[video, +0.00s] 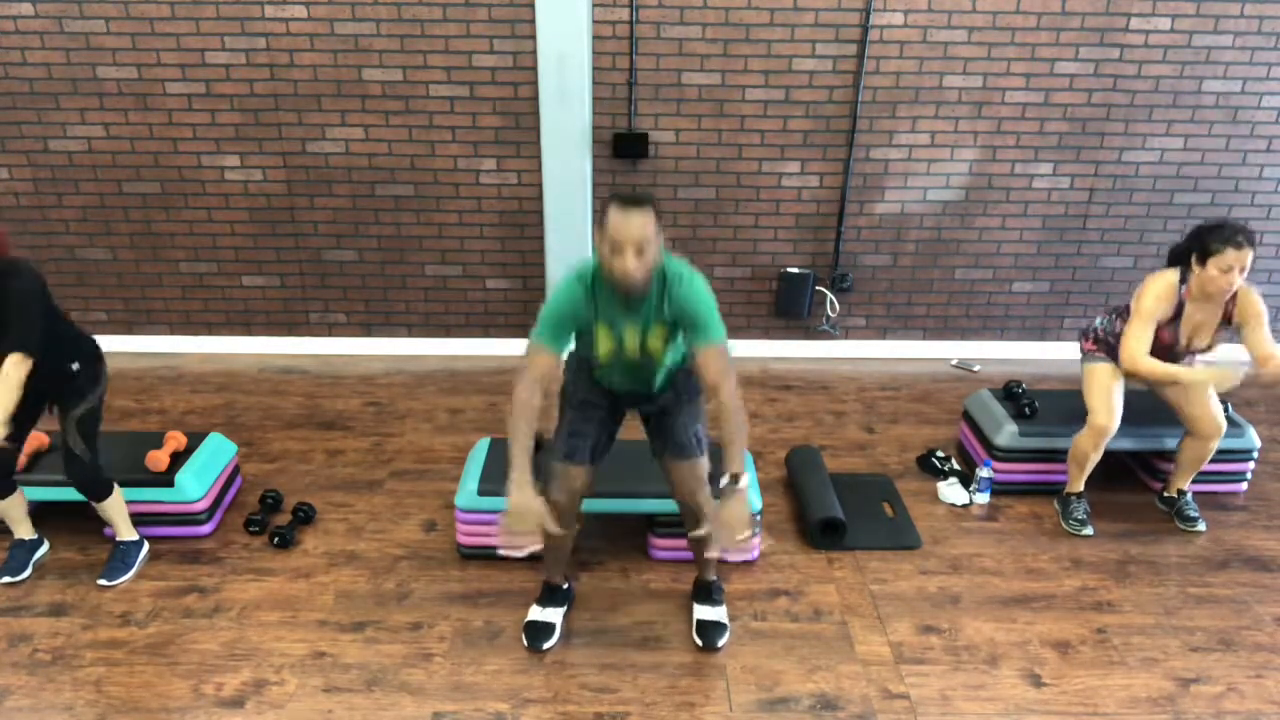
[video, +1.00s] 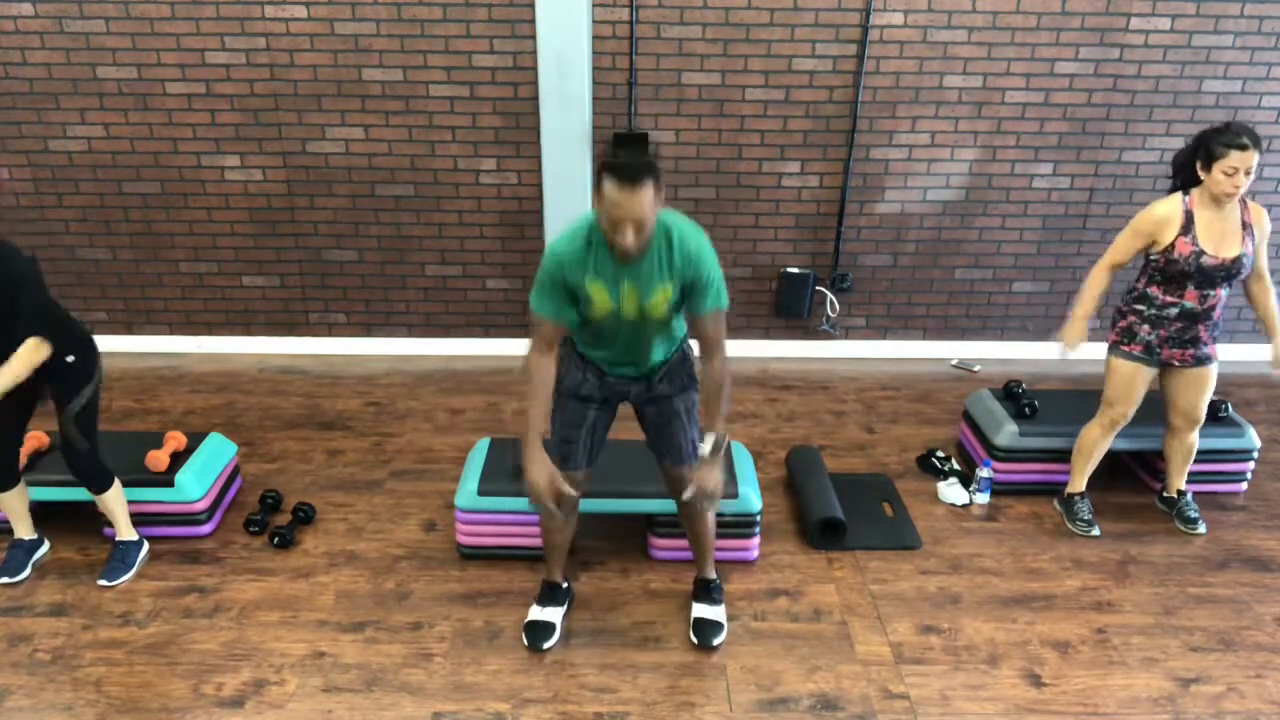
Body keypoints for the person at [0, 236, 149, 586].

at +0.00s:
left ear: (4, 245)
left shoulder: (18, 279)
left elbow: (18, 360)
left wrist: (3, 426)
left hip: (76, 367)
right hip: (31, 372)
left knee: (80, 467)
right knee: (2, 465)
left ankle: (130, 540)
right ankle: (26, 539)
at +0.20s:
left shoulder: (23, 238)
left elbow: (57, 316)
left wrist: (82, 388)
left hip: (43, 363)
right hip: (5, 373)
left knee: (78, 450)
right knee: (5, 459)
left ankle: (129, 539)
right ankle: (26, 538)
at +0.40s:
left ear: (5, 199)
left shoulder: (31, 236)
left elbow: (81, 291)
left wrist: (116, 344)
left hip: (40, 366)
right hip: (1, 375)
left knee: (80, 452)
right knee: (7, 461)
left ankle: (129, 539)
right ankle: (26, 539)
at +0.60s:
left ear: (5, 200)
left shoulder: (30, 236)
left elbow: (74, 288)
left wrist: (106, 337)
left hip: (38, 366)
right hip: (1, 377)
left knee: (76, 452)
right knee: (6, 461)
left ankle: (129, 538)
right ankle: (26, 539)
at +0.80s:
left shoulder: (21, 236)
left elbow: (63, 311)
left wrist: (83, 383)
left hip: (42, 363)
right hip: (2, 374)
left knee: (78, 450)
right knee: (6, 459)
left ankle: (129, 538)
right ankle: (26, 538)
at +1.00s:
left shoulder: (14, 265)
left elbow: (40, 344)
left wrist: (2, 384)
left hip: (68, 356)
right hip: (17, 364)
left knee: (79, 453)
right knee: (2, 453)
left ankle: (129, 539)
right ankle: (26, 538)